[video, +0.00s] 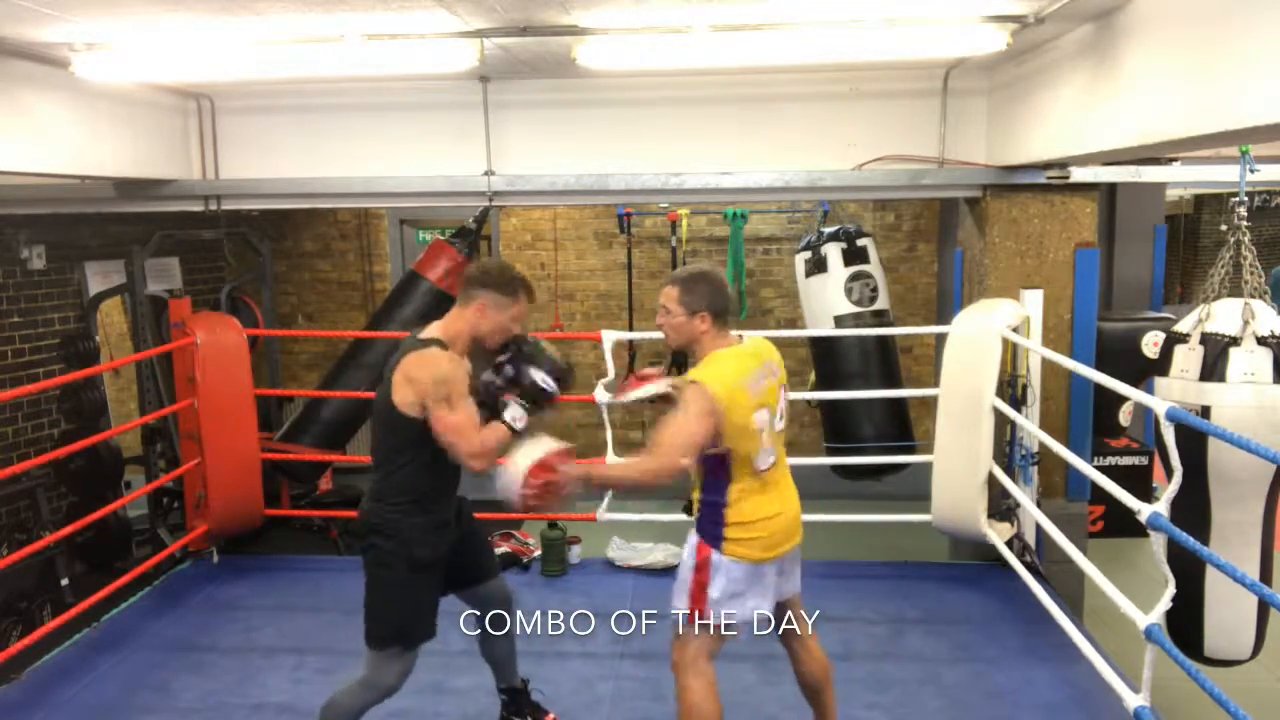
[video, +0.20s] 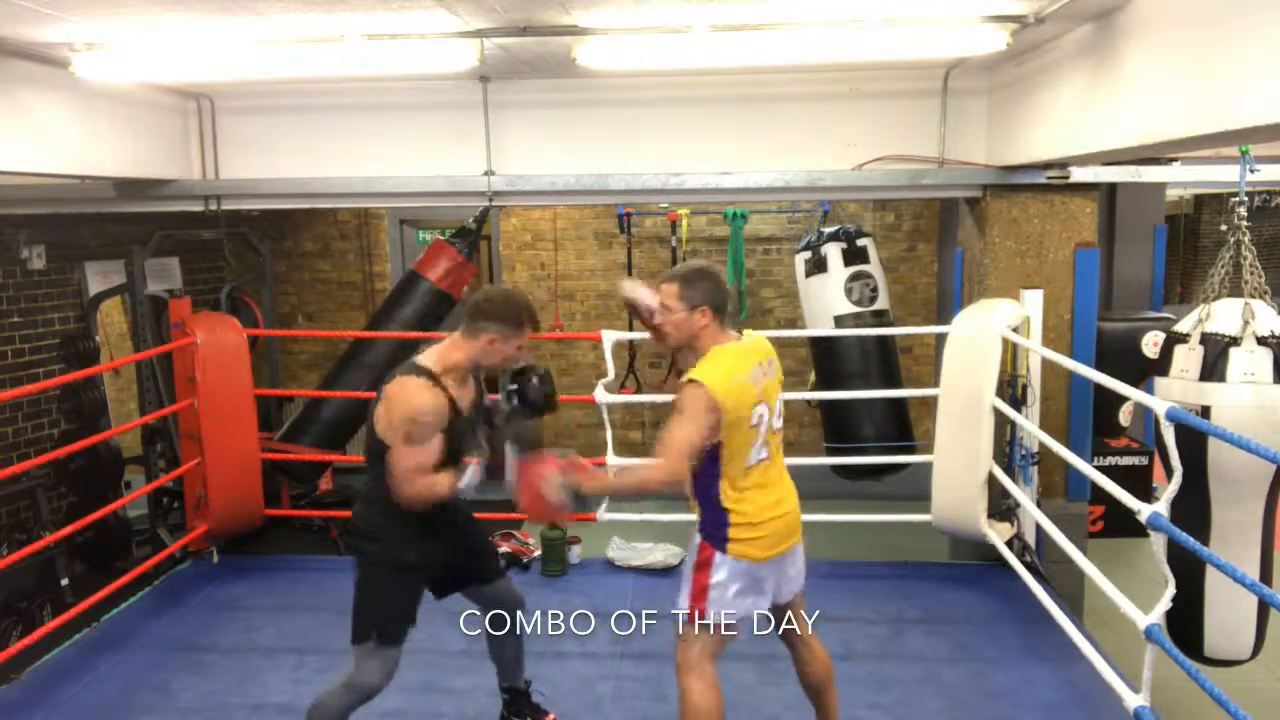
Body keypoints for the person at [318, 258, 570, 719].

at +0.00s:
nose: (513, 337)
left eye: (519, 328)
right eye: (513, 324)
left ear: (477, 307)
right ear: (480, 307)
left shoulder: (447, 351)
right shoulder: (437, 366)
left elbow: (464, 426)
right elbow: (477, 454)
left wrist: (500, 393)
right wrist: (524, 404)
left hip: (443, 520)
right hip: (401, 531)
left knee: (496, 604)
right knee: (386, 675)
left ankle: (515, 703)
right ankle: (328, 717)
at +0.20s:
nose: (521, 357)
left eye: (524, 347)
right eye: (519, 347)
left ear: (489, 339)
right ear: (490, 341)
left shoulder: (463, 369)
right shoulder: (416, 398)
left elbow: (471, 438)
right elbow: (409, 489)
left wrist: (511, 415)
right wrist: (472, 471)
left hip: (443, 521)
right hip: (392, 534)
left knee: (505, 606)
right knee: (370, 675)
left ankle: (517, 704)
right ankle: (318, 715)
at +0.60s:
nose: (506, 336)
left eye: (508, 325)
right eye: (502, 323)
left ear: (467, 314)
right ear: (467, 312)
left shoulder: (467, 363)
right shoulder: (395, 368)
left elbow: (511, 388)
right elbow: (357, 463)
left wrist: (538, 388)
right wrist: (442, 433)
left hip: (443, 518)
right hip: (389, 529)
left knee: (504, 611)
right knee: (362, 677)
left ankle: (513, 704)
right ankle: (313, 717)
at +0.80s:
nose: (551, 363)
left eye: (553, 348)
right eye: (544, 347)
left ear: (506, 335)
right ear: (514, 337)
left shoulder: (459, 361)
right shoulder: (489, 380)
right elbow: (533, 467)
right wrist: (597, 437)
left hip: (455, 532)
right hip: (415, 544)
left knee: (519, 608)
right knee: (405, 694)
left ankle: (514, 702)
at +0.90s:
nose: (578, 399)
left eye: (583, 389)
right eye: (577, 387)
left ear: (547, 373)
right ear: (548, 373)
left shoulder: (512, 406)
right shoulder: (487, 413)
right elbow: (470, 508)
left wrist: (550, 461)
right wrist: (539, 493)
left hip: (463, 543)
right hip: (417, 554)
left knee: (532, 613)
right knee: (440, 693)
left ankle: (515, 701)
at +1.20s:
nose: (562, 363)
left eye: (565, 352)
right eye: (559, 350)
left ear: (524, 345)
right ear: (527, 347)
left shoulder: (471, 378)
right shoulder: (495, 409)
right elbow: (521, 497)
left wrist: (573, 418)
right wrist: (571, 462)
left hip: (474, 557)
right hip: (451, 574)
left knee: (561, 615)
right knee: (493, 702)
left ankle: (544, 706)